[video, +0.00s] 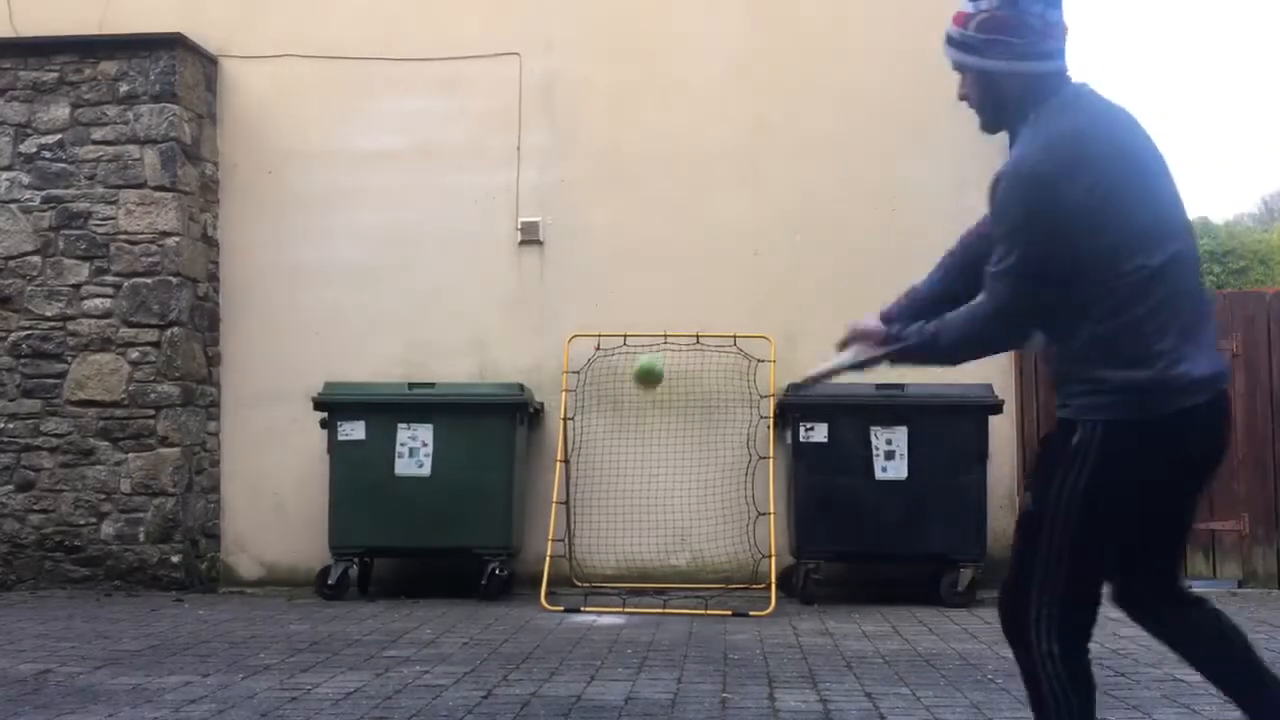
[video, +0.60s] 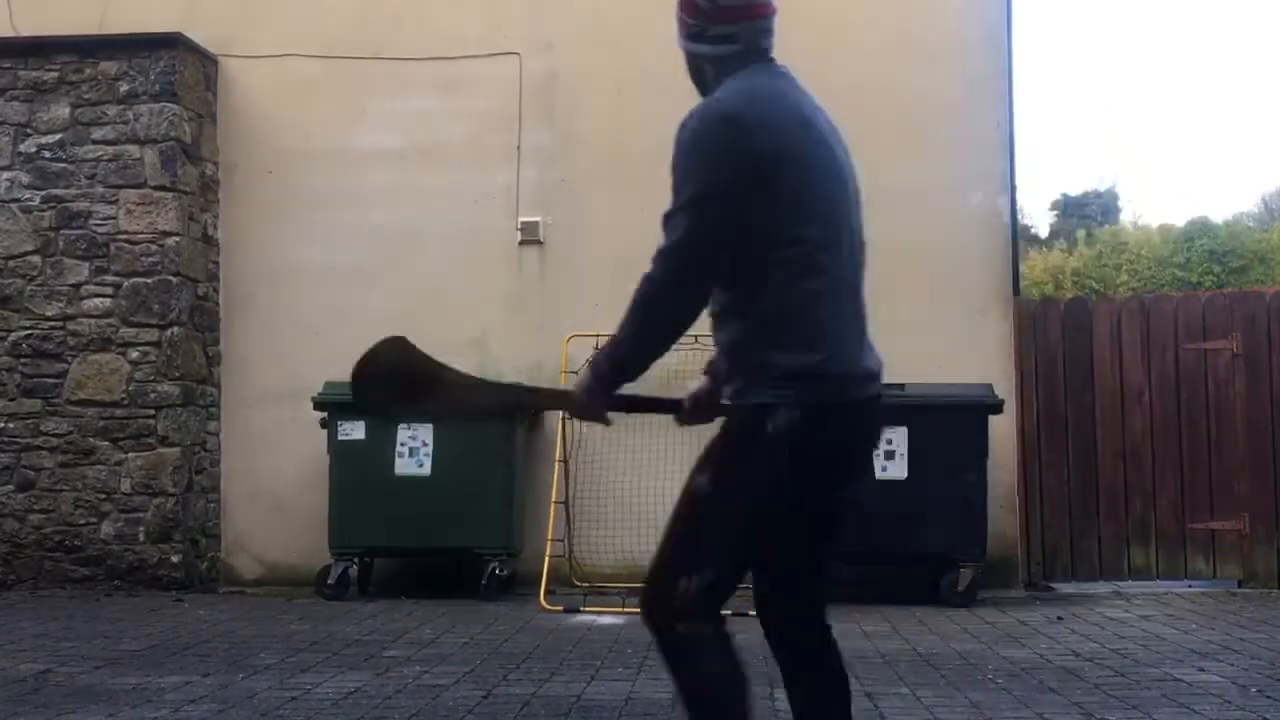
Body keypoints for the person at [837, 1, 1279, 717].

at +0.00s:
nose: (959, 89)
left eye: (966, 71)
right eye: (958, 71)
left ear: (1006, 69)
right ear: (1036, 64)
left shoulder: (1038, 163)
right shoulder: (1097, 119)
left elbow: (1008, 314)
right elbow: (991, 241)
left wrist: (901, 343)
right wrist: (899, 316)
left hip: (1114, 420)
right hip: (1190, 406)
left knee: (1040, 614)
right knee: (1148, 589)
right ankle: (1268, 703)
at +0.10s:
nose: (927, 89)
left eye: (933, 71)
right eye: (925, 72)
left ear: (970, 68)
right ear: (1005, 63)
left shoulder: (992, 170)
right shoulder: (1079, 121)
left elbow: (947, 315)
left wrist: (871, 382)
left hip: (1081, 417)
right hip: (1157, 404)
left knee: (1016, 611)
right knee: (1084, 585)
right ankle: (1195, 711)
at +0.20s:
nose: (873, 81)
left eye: (873, 67)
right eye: (872, 67)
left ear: (886, 69)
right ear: (952, 50)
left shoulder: (909, 160)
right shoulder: (1022, 118)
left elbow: (860, 289)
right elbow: (944, 280)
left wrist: (830, 376)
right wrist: (867, 361)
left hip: (1013, 414)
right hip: (1085, 398)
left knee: (999, 603)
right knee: (972, 579)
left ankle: (1037, 713)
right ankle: (990, 708)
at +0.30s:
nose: (846, 76)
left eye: (845, 62)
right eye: (848, 61)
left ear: (854, 61)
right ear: (924, 46)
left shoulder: (871, 152)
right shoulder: (993, 116)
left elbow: (833, 284)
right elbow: (928, 271)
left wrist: (804, 381)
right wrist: (851, 360)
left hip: (971, 414)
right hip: (1044, 397)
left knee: (987, 613)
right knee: (928, 594)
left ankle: (1041, 712)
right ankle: (906, 711)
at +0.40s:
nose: (787, 69)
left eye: (786, 55)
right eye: (794, 52)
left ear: (794, 55)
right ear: (868, 45)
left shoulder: (809, 138)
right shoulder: (929, 121)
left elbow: (776, 278)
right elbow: (904, 274)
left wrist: (738, 377)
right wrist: (815, 352)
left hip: (876, 420)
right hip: (954, 412)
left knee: (868, 616)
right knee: (896, 615)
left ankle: (994, 717)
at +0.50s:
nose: (757, 69)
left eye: (758, 55)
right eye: (759, 53)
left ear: (765, 56)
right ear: (836, 45)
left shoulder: (781, 137)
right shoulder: (886, 124)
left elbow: (743, 278)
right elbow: (879, 276)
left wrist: (691, 378)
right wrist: (793, 360)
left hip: (843, 415)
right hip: (909, 401)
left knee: (801, 627)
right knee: (826, 619)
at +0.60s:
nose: (685, 50)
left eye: (685, 35)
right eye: (690, 34)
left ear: (691, 38)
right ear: (762, 33)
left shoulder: (719, 122)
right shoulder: (796, 109)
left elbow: (679, 274)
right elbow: (795, 274)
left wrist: (605, 372)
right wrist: (724, 375)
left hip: (781, 407)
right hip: (845, 398)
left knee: (677, 601)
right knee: (793, 607)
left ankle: (725, 716)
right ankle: (827, 719)